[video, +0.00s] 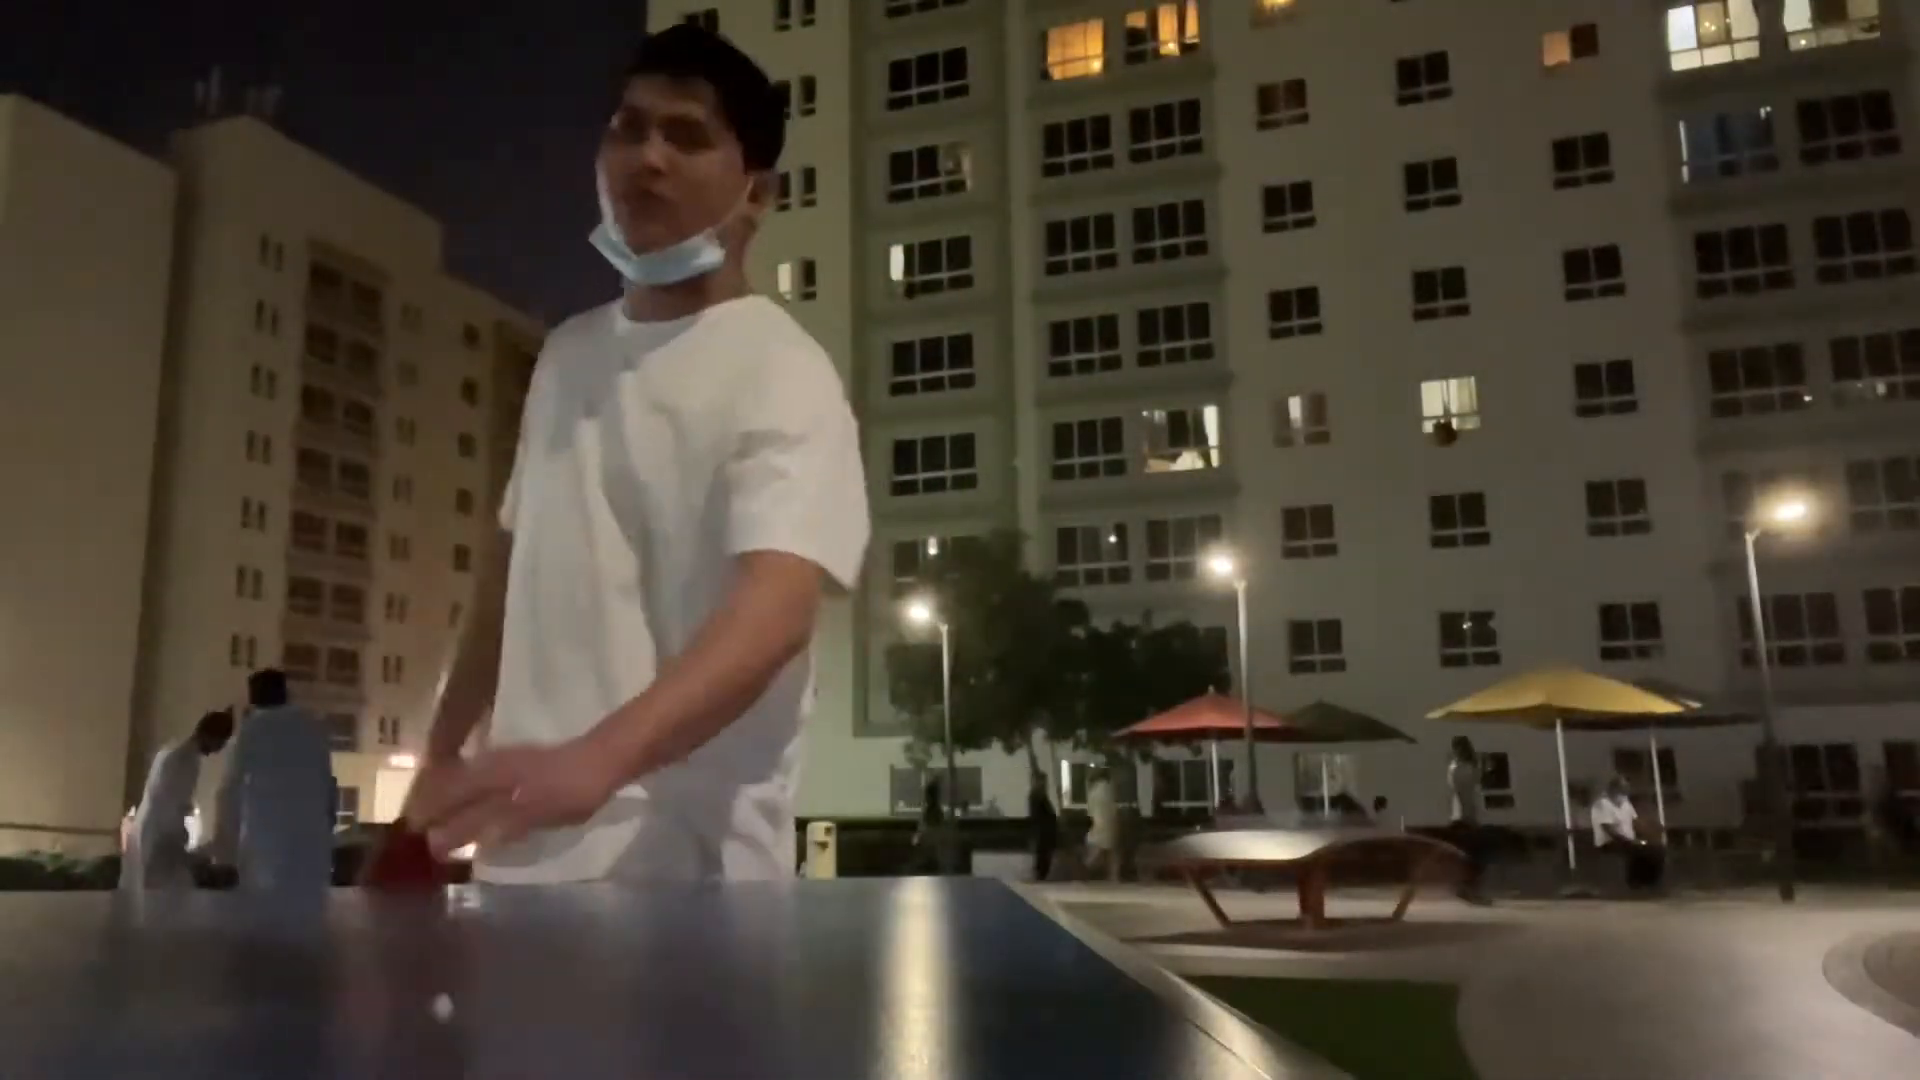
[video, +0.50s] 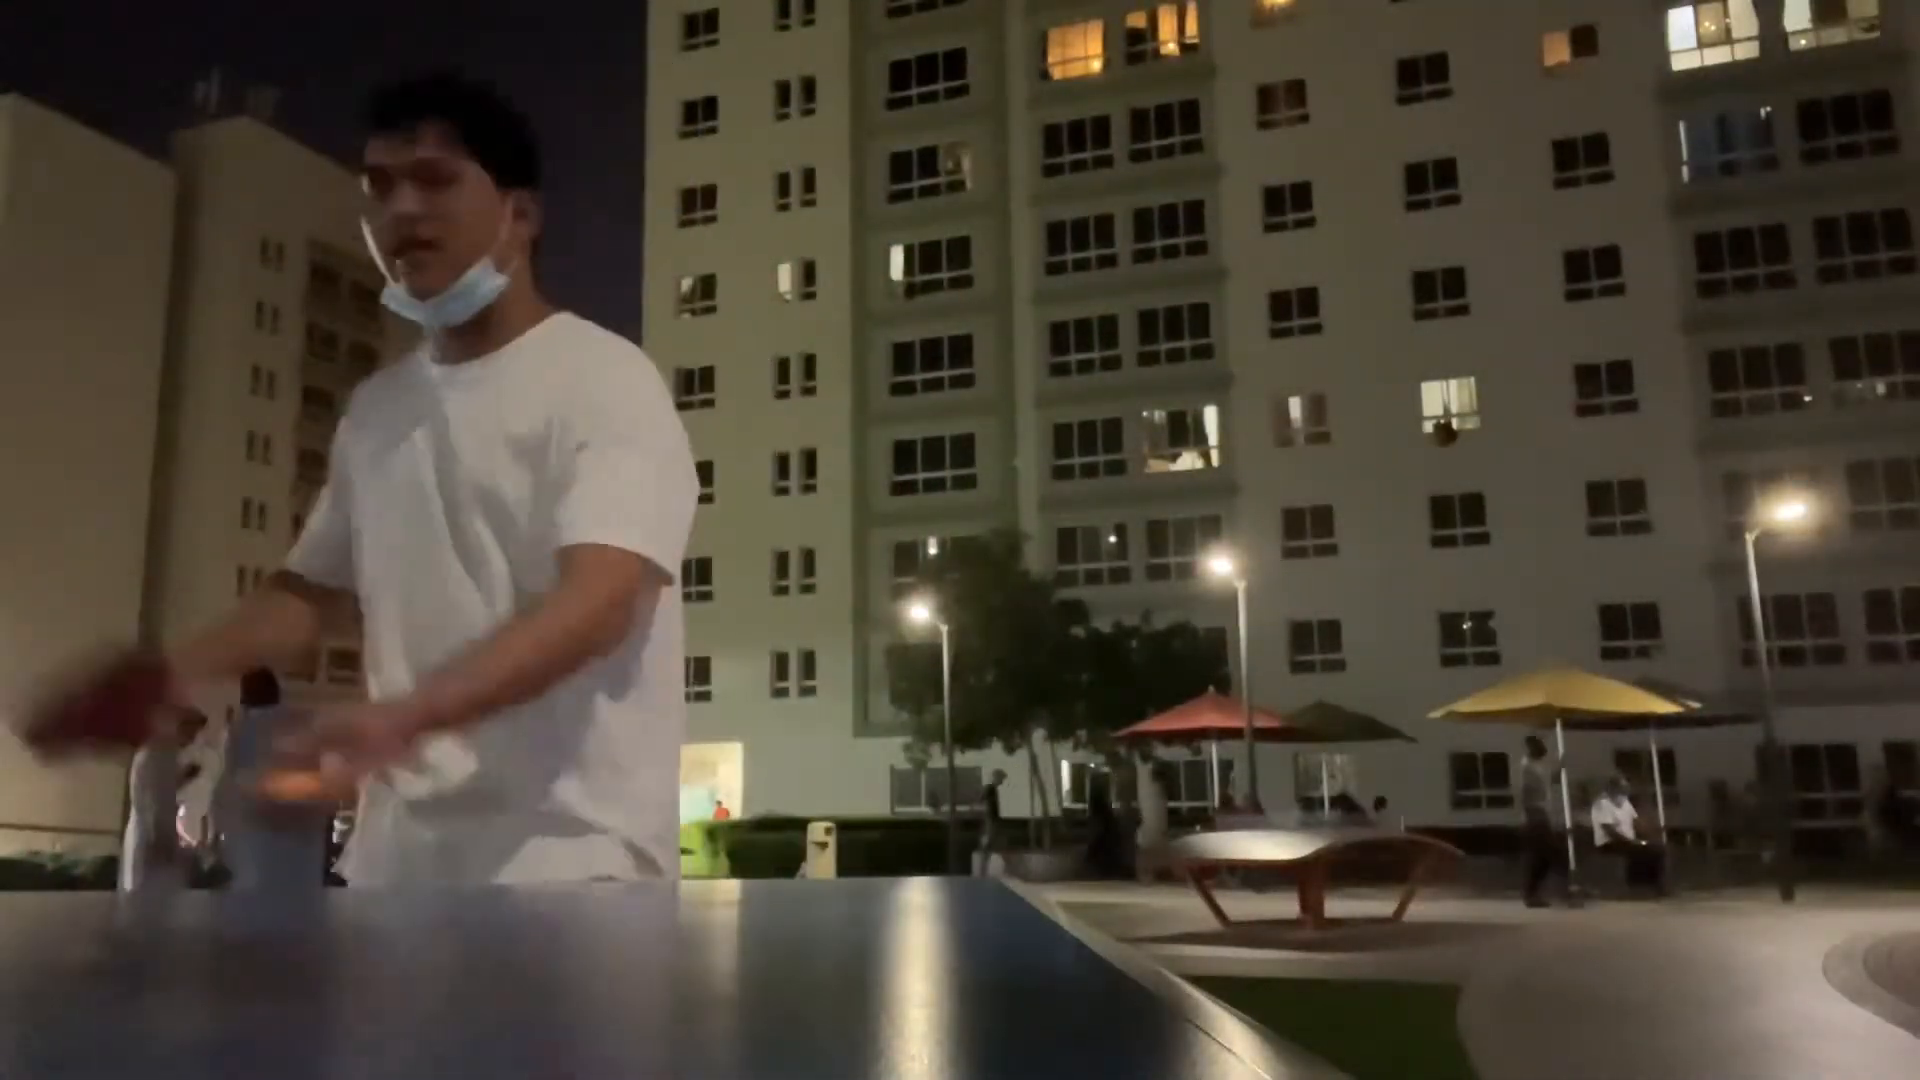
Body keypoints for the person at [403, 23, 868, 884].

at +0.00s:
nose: (645, 157)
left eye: (686, 136)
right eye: (628, 129)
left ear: (755, 190)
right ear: (600, 158)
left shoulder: (779, 369)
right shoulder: (570, 353)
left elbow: (774, 611)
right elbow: (512, 572)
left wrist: (594, 761)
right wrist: (444, 752)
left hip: (686, 865)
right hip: (522, 852)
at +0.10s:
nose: (591, 155)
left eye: (632, 132)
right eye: (573, 128)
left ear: (707, 191)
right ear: (545, 165)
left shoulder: (744, 366)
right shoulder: (546, 363)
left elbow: (735, 619)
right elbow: (525, 601)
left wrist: (560, 788)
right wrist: (463, 791)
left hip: (667, 870)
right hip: (512, 861)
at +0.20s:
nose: (520, 172)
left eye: (561, 146)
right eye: (500, 145)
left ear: (636, 200)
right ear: (476, 180)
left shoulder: (686, 371)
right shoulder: (471, 385)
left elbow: (704, 611)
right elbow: (469, 619)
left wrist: (544, 781)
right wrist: (421, 791)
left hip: (632, 866)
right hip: (469, 856)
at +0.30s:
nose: (455, 187)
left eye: (489, 163)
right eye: (431, 166)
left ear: (562, 206)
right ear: (408, 199)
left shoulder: (634, 381)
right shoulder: (389, 396)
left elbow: (652, 617)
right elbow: (348, 603)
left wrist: (535, 795)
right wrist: (299, 763)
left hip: (600, 847)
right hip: (418, 845)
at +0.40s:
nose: (426, 195)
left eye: (462, 169)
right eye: (404, 171)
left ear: (537, 213)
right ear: (380, 203)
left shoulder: (613, 385)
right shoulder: (361, 398)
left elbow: (628, 619)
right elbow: (293, 597)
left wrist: (517, 786)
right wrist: (219, 765)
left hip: (584, 850)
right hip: (400, 849)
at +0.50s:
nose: (399, 212)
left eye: (434, 180)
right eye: (380, 187)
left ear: (519, 214)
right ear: (364, 214)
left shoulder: (606, 382)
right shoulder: (379, 411)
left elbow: (598, 608)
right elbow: (309, 598)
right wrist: (166, 678)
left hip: (572, 869)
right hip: (400, 872)